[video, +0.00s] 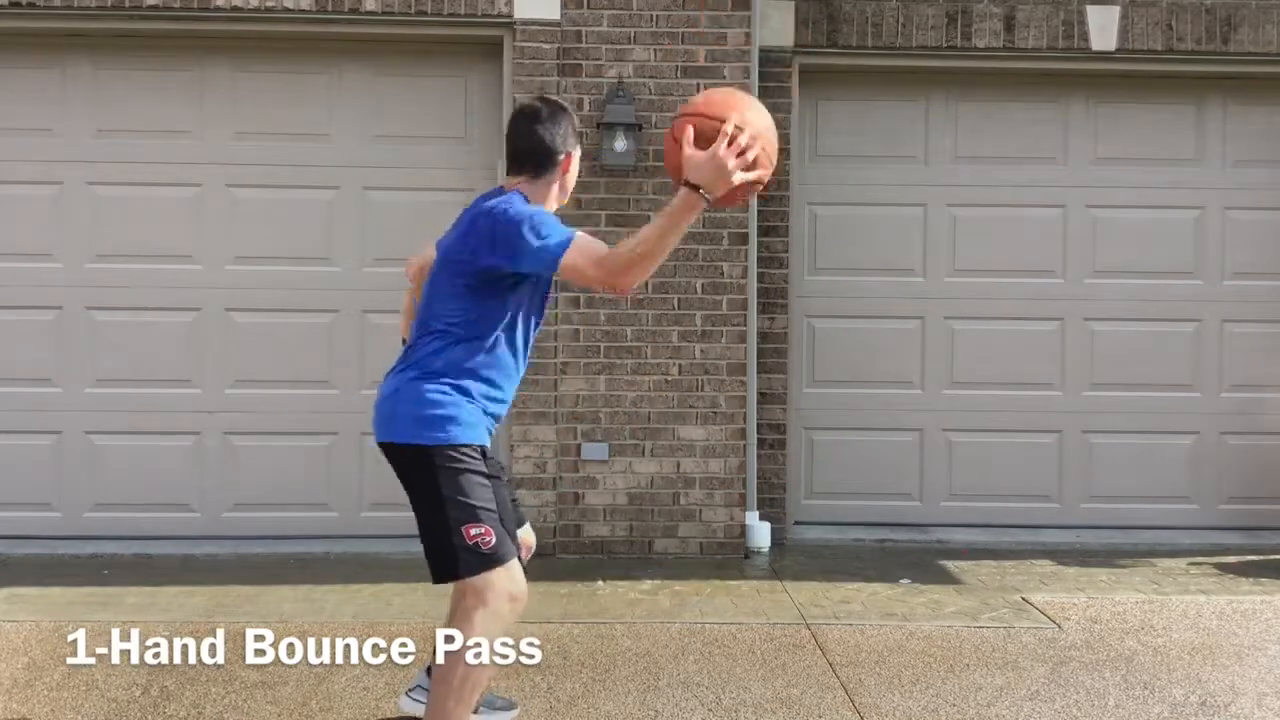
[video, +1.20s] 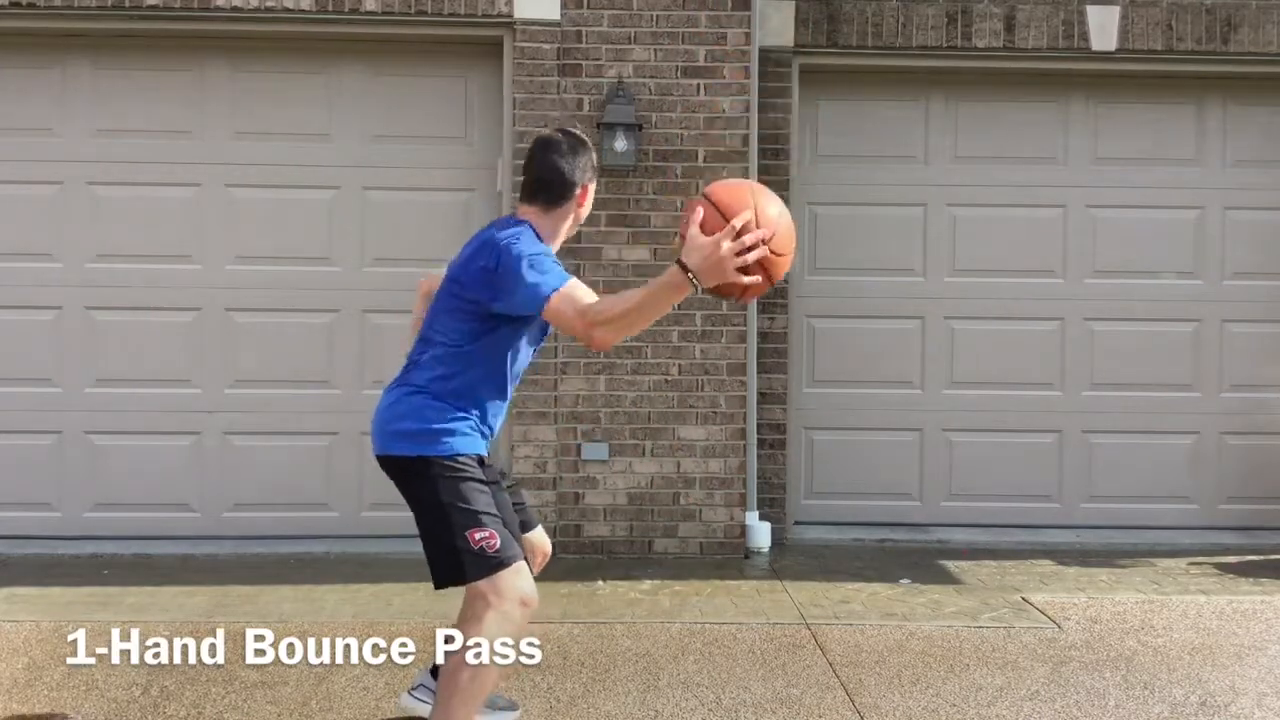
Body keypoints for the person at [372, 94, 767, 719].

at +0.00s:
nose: (578, 170)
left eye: (576, 159)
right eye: (578, 159)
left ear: (511, 160)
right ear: (567, 165)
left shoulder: (486, 212)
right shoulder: (515, 218)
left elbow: (421, 268)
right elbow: (617, 273)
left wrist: (414, 345)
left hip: (445, 416)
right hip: (437, 417)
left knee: (513, 541)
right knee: (498, 591)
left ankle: (443, 680)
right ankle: (449, 709)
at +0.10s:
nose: (585, 209)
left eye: (586, 197)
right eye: (587, 198)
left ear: (520, 185)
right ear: (577, 203)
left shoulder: (483, 235)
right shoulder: (515, 264)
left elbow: (405, 283)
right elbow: (578, 387)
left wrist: (399, 351)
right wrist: (650, 333)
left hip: (425, 428)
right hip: (436, 438)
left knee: (524, 542)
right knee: (512, 603)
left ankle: (441, 682)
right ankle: (453, 710)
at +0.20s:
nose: (580, 231)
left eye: (581, 219)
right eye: (582, 220)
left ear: (517, 204)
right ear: (572, 226)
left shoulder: (469, 244)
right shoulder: (531, 317)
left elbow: (398, 310)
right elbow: (560, 419)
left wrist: (445, 370)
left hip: (399, 441)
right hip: (437, 454)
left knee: (525, 542)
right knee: (517, 619)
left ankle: (442, 682)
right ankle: (456, 713)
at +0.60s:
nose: (563, 199)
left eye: (562, 189)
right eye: (562, 190)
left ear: (494, 190)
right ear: (554, 197)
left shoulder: (455, 246)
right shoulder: (535, 273)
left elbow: (400, 340)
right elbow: (584, 393)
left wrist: (480, 407)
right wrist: (647, 400)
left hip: (401, 438)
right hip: (442, 447)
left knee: (521, 544)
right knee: (518, 616)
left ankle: (441, 685)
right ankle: (453, 710)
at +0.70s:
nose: (561, 184)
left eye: (556, 175)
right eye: (561, 175)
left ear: (494, 180)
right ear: (552, 184)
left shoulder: (459, 237)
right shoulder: (542, 257)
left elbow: (408, 334)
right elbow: (632, 343)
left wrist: (489, 401)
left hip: (405, 433)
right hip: (446, 441)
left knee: (509, 559)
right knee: (527, 609)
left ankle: (437, 688)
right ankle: (460, 713)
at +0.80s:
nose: (566, 168)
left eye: (564, 159)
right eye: (564, 159)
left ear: (495, 166)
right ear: (553, 166)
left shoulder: (468, 221)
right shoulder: (541, 226)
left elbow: (414, 322)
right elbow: (667, 251)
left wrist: (497, 388)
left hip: (415, 424)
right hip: (448, 430)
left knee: (495, 569)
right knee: (530, 602)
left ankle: (445, 680)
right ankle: (461, 714)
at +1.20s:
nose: (593, 199)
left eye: (590, 188)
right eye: (594, 189)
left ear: (528, 183)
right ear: (584, 197)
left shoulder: (503, 240)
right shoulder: (515, 251)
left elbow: (431, 288)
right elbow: (597, 325)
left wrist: (426, 373)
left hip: (452, 432)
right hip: (430, 434)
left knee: (531, 549)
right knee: (507, 593)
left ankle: (444, 679)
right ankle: (455, 709)